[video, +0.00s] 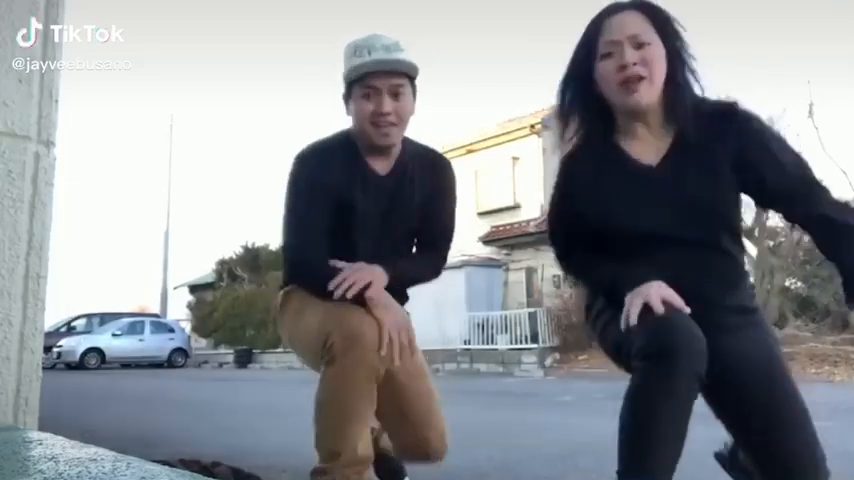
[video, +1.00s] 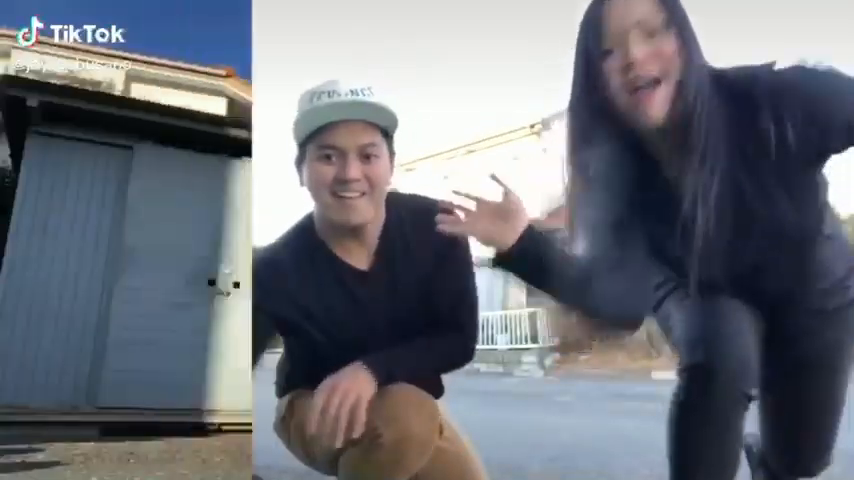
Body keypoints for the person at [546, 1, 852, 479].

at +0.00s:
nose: (628, 60)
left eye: (641, 45)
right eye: (609, 53)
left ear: (669, 57)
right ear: (593, 77)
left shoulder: (726, 130)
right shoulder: (583, 167)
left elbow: (814, 207)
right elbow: (569, 245)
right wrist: (628, 284)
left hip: (727, 314)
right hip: (627, 313)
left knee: (806, 472)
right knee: (677, 343)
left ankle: (746, 460)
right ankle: (640, 472)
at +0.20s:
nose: (616, 94)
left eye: (631, 75)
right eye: (594, 87)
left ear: (662, 87)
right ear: (578, 112)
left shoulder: (732, 163)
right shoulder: (571, 202)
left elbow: (785, 264)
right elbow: (541, 296)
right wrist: (618, 327)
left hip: (731, 349)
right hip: (634, 357)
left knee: (792, 472)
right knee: (676, 364)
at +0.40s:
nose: (610, 107)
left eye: (625, 86)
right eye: (589, 94)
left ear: (656, 93)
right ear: (572, 113)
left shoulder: (731, 170)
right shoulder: (567, 209)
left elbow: (803, 288)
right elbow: (538, 357)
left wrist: (742, 358)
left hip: (741, 369)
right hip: (640, 382)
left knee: (782, 472)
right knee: (638, 472)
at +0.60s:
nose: (604, 100)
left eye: (621, 79)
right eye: (584, 90)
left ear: (654, 87)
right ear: (569, 112)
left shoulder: (740, 150)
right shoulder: (576, 193)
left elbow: (842, 229)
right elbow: (576, 331)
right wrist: (526, 241)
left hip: (744, 338)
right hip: (642, 339)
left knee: (782, 470)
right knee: (658, 345)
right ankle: (652, 474)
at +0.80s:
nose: (614, 97)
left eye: (633, 76)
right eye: (592, 85)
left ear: (665, 85)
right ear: (575, 109)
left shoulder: (757, 147)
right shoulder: (587, 193)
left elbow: (853, 195)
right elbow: (582, 336)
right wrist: (521, 248)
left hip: (766, 324)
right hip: (661, 322)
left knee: (784, 470)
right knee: (678, 346)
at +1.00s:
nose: (634, 60)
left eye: (652, 33)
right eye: (611, 50)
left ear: (684, 38)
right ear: (594, 74)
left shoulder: (771, 102)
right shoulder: (612, 160)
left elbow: (851, 106)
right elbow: (623, 302)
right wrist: (522, 243)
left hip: (808, 284)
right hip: (701, 291)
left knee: (801, 464)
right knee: (724, 360)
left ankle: (752, 453)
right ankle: (703, 471)